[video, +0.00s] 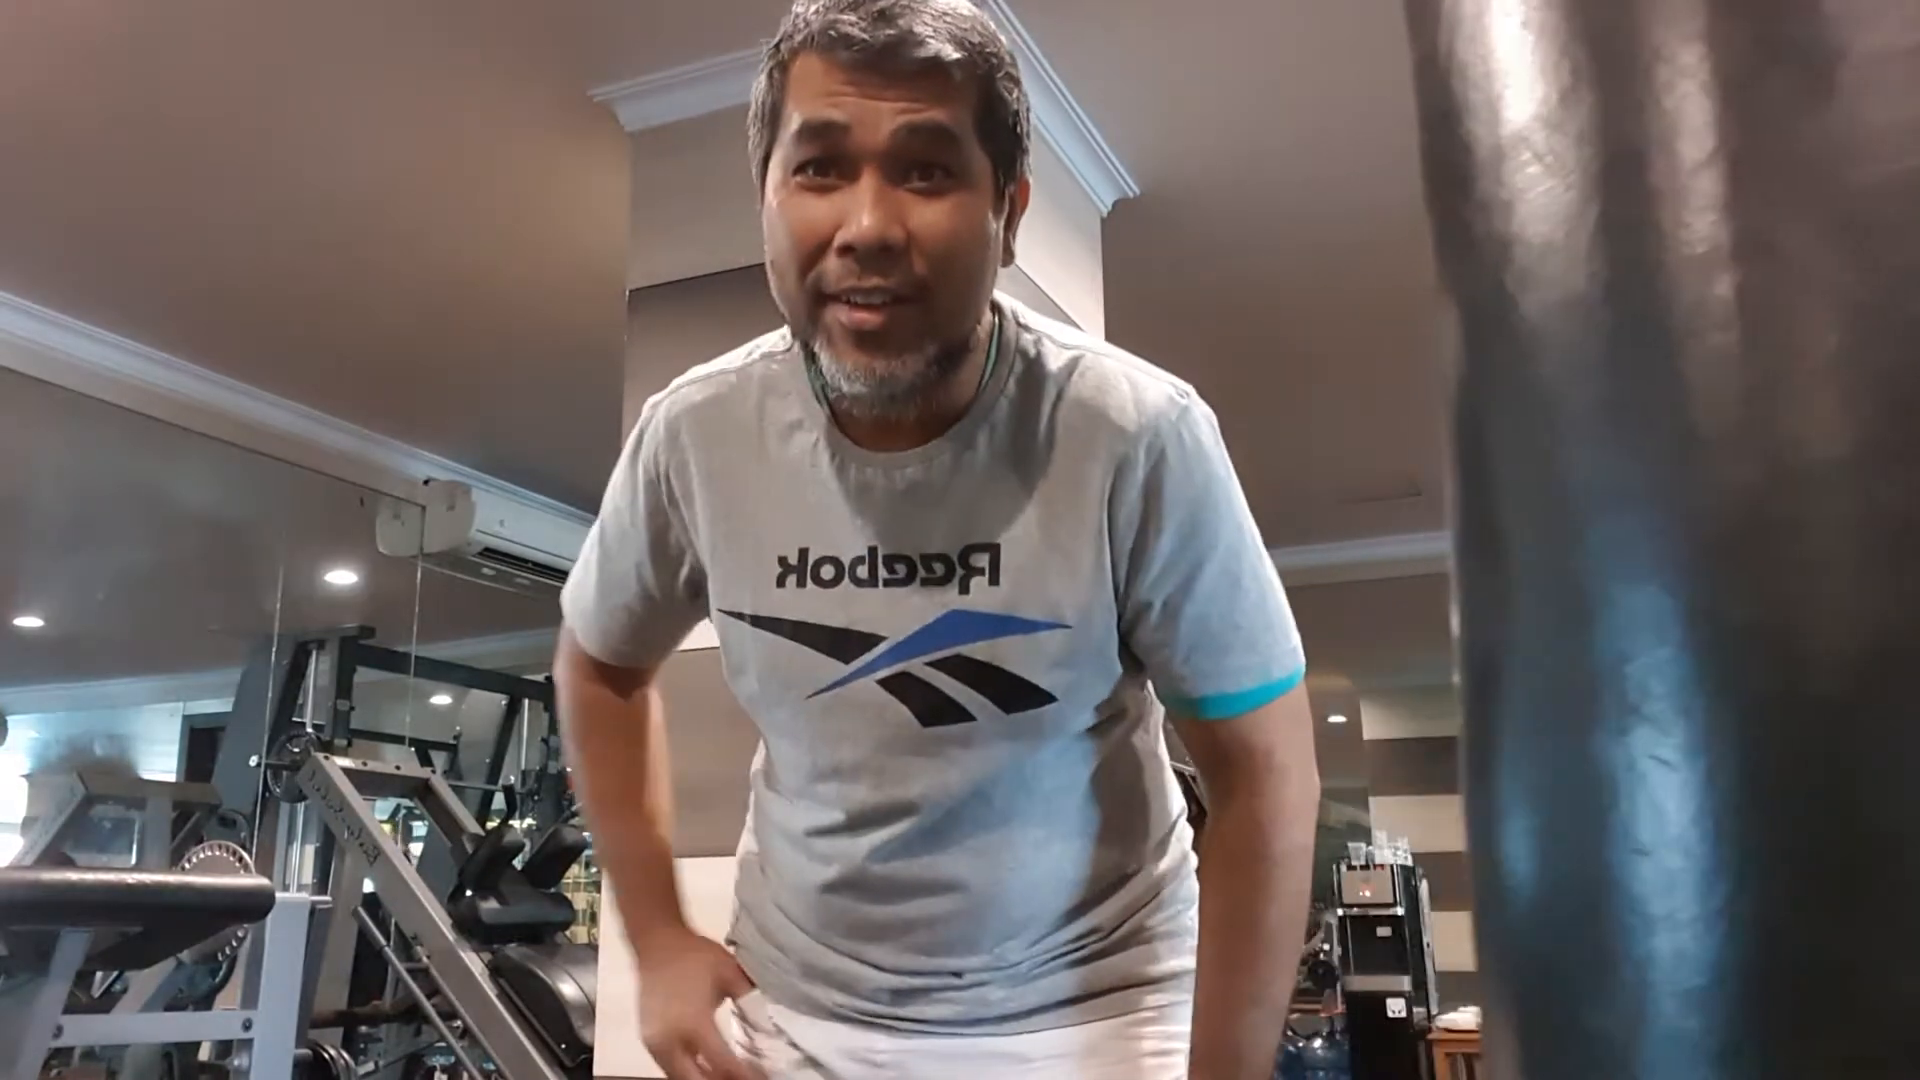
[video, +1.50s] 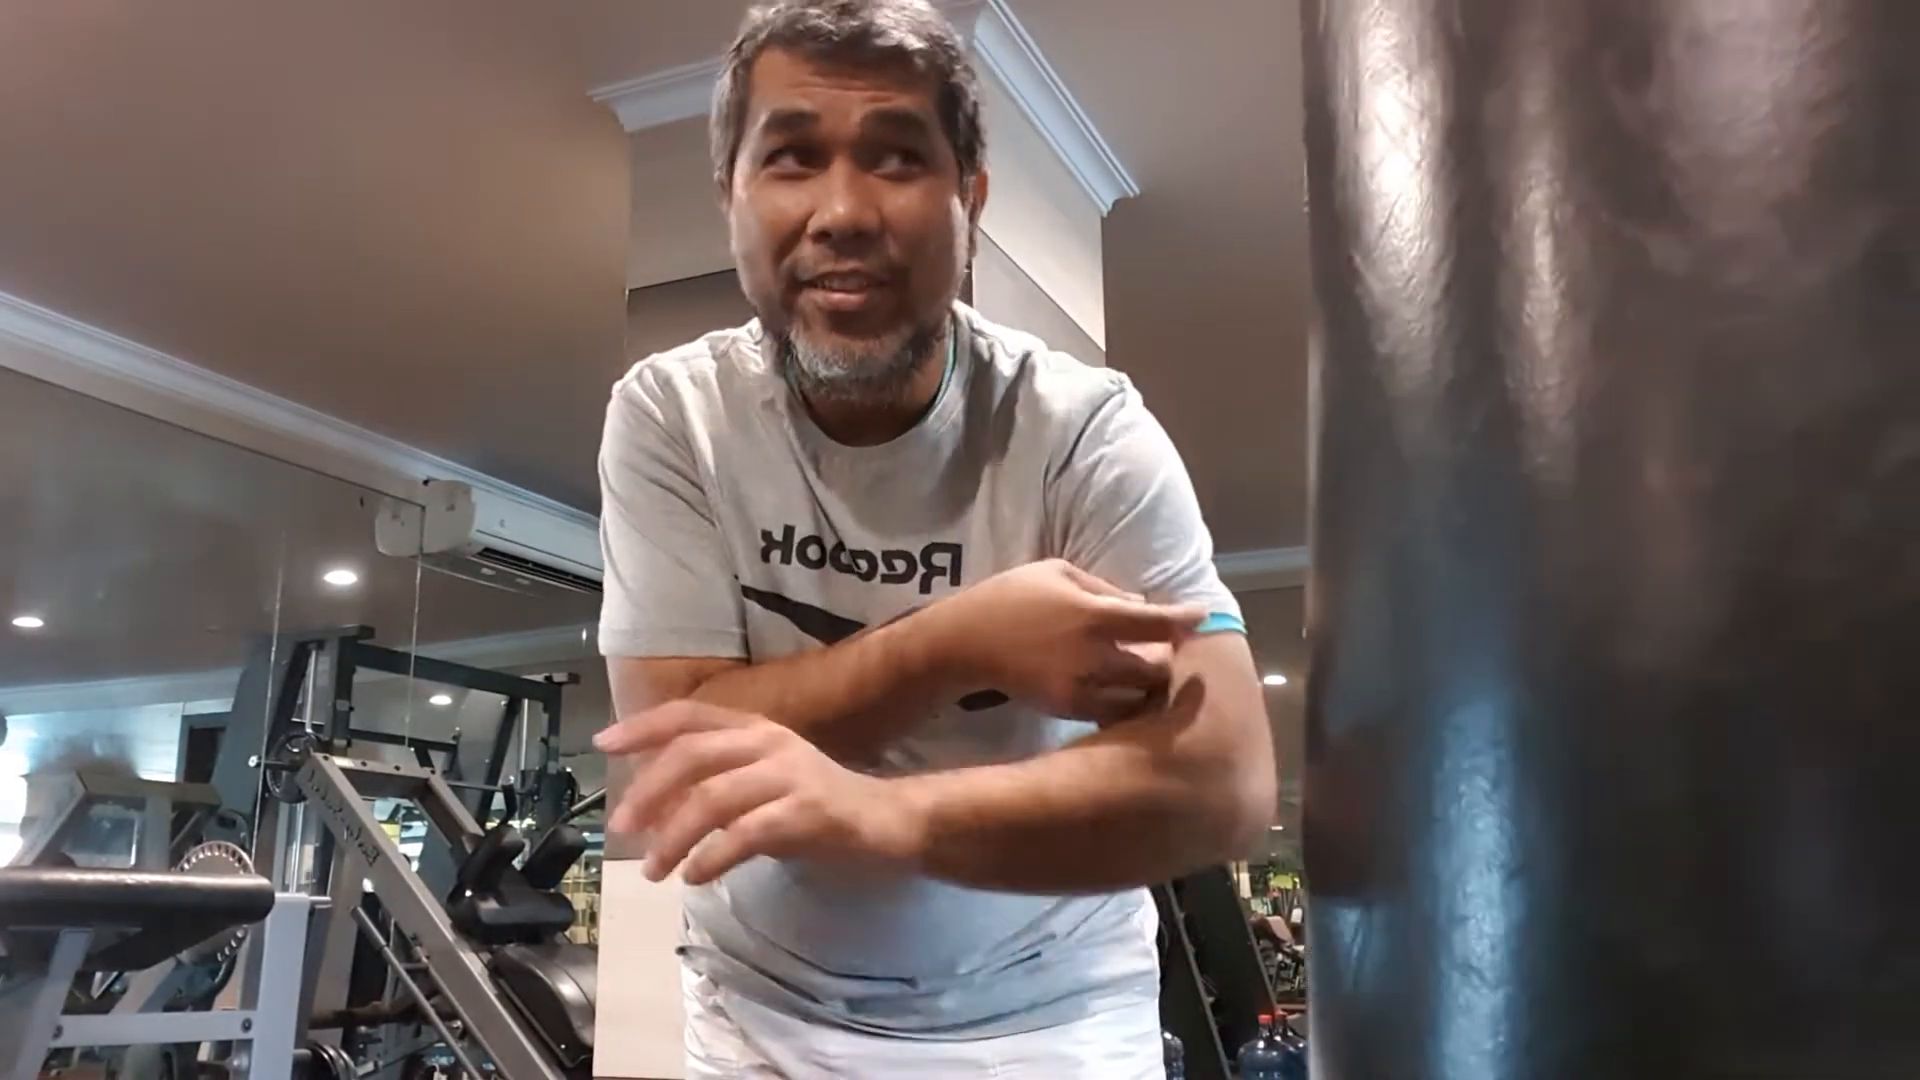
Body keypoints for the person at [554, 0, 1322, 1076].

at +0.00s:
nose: (867, 227)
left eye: (925, 171)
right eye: (819, 168)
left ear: (1009, 209)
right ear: (765, 203)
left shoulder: (1142, 440)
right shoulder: (690, 442)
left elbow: (1262, 774)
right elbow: (603, 663)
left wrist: (1229, 1068)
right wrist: (658, 937)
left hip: (1092, 1011)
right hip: (797, 1008)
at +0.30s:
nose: (869, 214)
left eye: (925, 162)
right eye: (821, 159)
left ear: (1005, 204)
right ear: (765, 197)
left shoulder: (1125, 439)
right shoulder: (686, 437)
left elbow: (1223, 815)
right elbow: (603, 733)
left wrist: (1204, 1067)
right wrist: (760, 936)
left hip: (1063, 1000)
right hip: (792, 991)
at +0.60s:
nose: (867, 205)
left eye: (925, 154)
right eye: (821, 150)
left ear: (1005, 198)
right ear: (765, 185)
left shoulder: (1115, 433)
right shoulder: (692, 413)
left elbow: (1134, 803)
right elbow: (694, 764)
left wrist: (1071, 1072)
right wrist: (1015, 705)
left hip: (1034, 1018)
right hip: (762, 1009)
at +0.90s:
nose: (860, 201)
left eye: (920, 149)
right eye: (815, 143)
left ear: (999, 196)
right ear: (757, 177)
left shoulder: (1106, 442)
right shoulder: (682, 397)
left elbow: (1120, 831)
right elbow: (678, 745)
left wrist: (1067, 1076)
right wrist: (993, 679)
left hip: (1016, 1018)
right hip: (752, 1007)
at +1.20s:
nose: (842, 205)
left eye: (900, 155)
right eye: (795, 151)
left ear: (981, 200)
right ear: (739, 186)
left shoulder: (1096, 435)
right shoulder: (671, 402)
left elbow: (1178, 815)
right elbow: (677, 746)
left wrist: (1127, 1070)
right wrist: (959, 644)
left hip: (1030, 1028)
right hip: (759, 1013)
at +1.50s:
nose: (842, 212)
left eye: (895, 159)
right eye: (794, 160)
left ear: (971, 198)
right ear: (730, 201)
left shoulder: (1086, 428)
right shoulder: (672, 414)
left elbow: (1221, 782)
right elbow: (670, 741)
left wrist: (904, 811)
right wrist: (953, 649)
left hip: (1056, 1017)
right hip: (772, 1012)